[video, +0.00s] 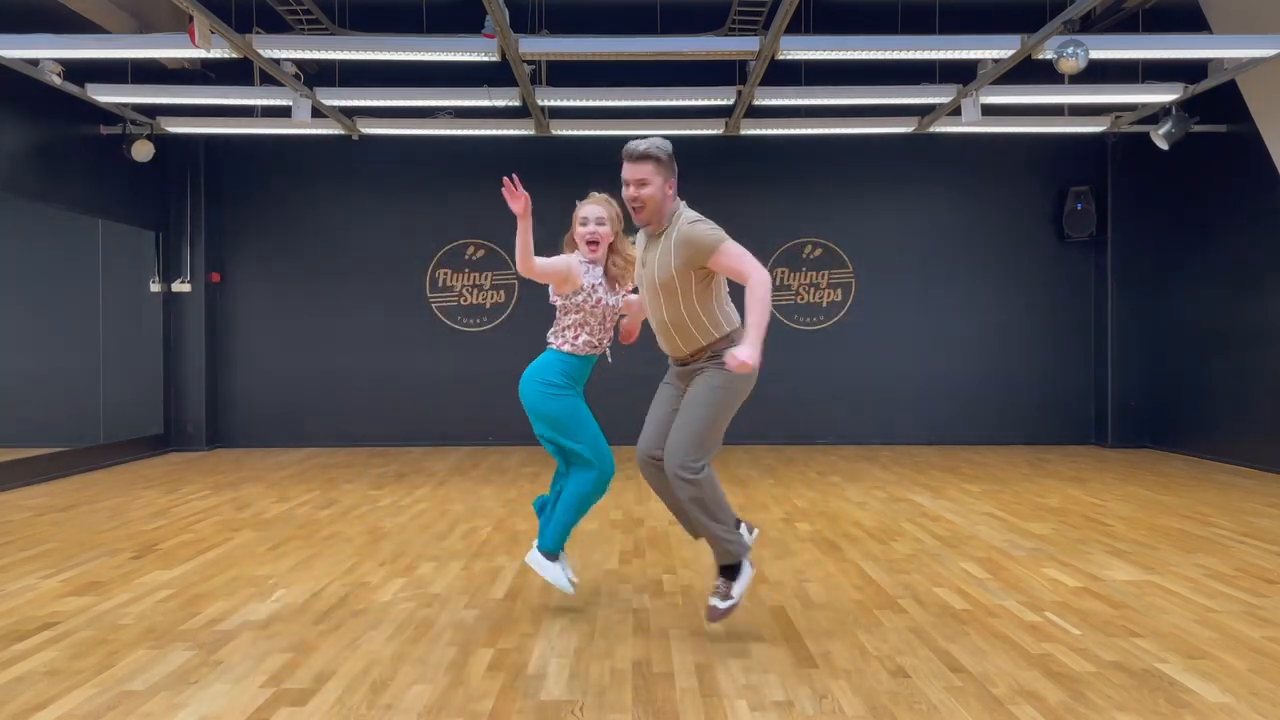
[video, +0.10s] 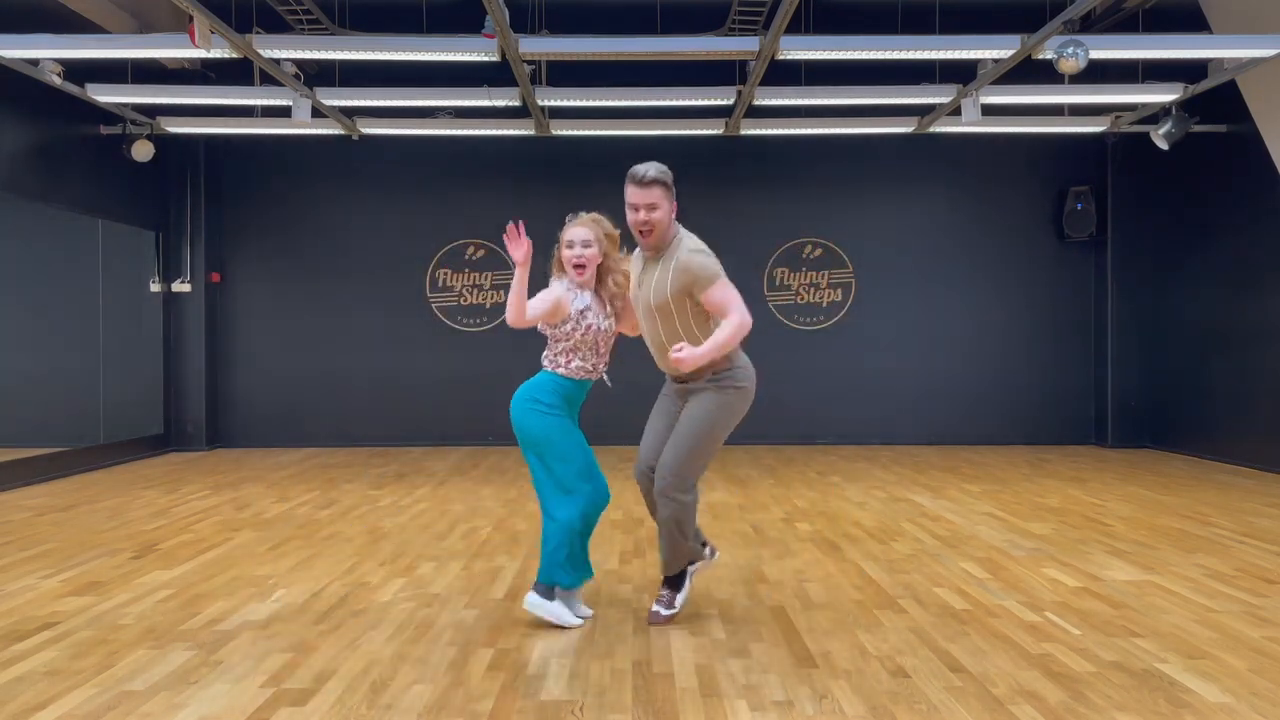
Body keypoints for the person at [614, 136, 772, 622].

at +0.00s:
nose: (632, 193)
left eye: (643, 183)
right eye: (626, 183)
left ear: (671, 185)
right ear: (622, 186)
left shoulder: (694, 233)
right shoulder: (645, 238)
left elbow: (758, 277)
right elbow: (662, 287)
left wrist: (751, 345)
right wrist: (636, 310)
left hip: (723, 362)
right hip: (681, 367)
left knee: (683, 462)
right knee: (650, 457)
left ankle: (734, 563)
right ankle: (729, 533)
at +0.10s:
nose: (642, 217)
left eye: (652, 207)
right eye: (634, 208)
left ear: (674, 207)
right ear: (626, 209)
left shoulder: (693, 260)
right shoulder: (637, 261)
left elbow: (740, 318)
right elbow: (634, 324)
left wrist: (703, 353)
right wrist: (583, 316)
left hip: (722, 382)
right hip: (676, 383)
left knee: (672, 478)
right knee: (646, 468)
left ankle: (675, 575)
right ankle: (691, 547)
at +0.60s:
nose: (691, 239)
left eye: (700, 232)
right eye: (683, 231)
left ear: (713, 240)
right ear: (672, 238)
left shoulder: (735, 298)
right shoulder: (650, 292)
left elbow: (753, 358)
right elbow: (594, 331)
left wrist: (709, 379)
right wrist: (533, 330)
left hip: (711, 414)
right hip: (657, 411)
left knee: (708, 499)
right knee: (637, 493)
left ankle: (740, 577)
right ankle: (668, 574)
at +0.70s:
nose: (687, 233)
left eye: (697, 227)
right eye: (680, 226)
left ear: (710, 236)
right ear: (668, 233)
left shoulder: (733, 290)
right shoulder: (646, 287)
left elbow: (756, 345)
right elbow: (592, 325)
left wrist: (718, 370)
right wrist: (528, 328)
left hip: (713, 400)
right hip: (659, 395)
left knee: (715, 484)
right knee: (616, 461)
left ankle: (740, 575)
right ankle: (644, 550)